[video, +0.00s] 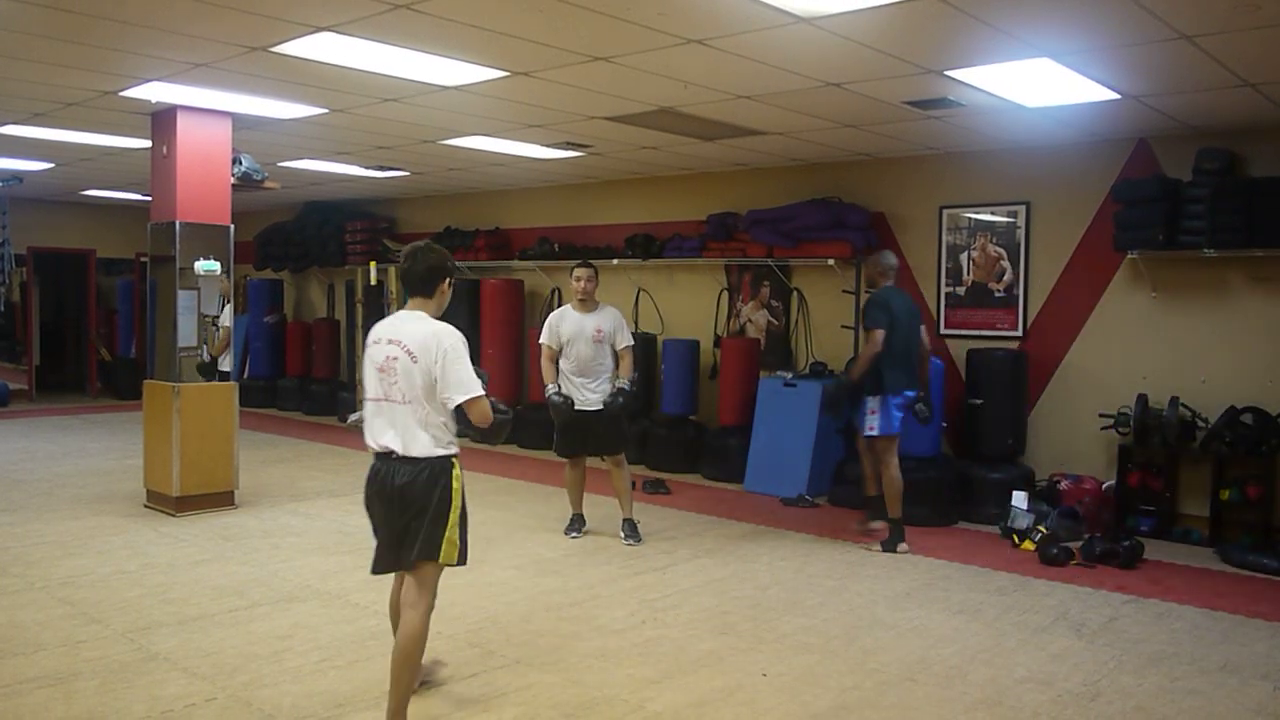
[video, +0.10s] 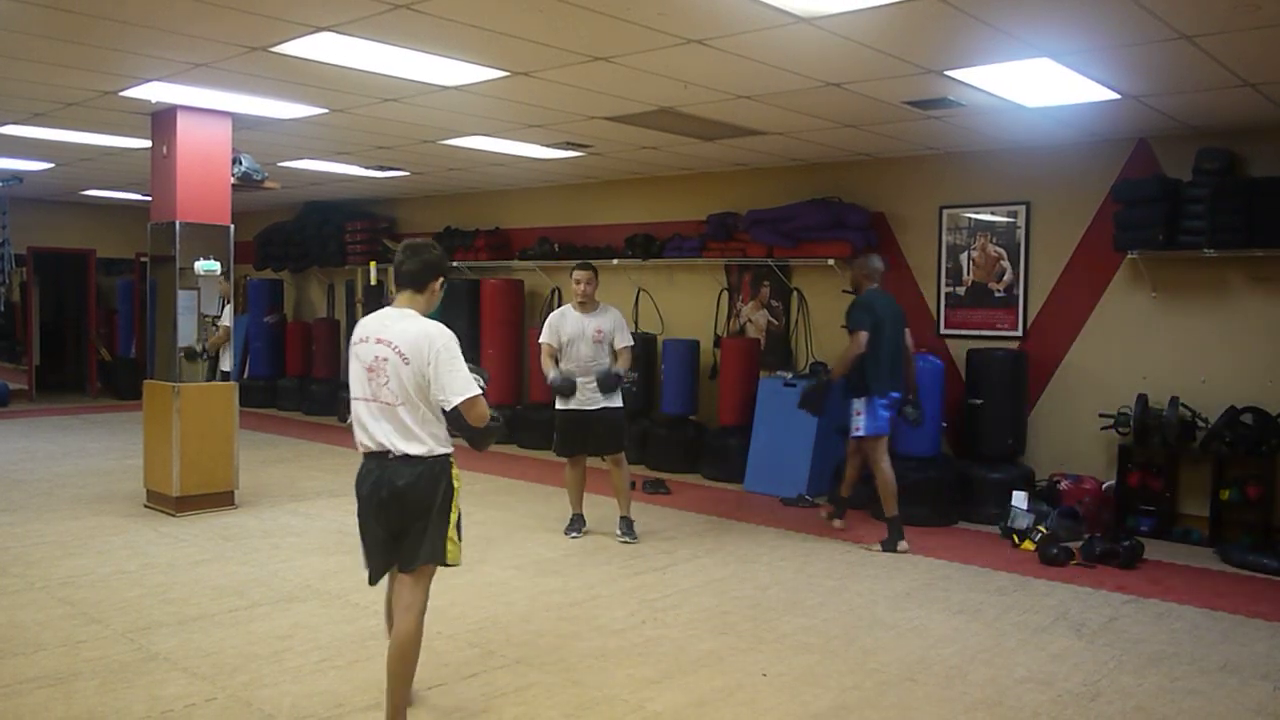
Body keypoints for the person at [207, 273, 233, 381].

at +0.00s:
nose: (220, 286)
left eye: (223, 282)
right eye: (221, 282)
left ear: (231, 284)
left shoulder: (229, 309)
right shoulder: (244, 307)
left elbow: (225, 338)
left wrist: (213, 352)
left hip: (227, 368)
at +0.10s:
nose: (220, 288)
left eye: (221, 283)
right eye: (219, 284)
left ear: (230, 284)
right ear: (228, 284)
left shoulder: (230, 308)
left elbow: (224, 335)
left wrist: (207, 347)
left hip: (228, 368)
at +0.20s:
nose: (219, 291)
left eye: (220, 286)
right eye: (218, 287)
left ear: (229, 286)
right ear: (228, 286)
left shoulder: (231, 308)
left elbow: (221, 332)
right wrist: (207, 323)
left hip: (229, 369)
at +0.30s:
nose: (220, 292)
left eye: (221, 287)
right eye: (219, 288)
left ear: (231, 287)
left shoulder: (232, 307)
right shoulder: (230, 306)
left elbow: (213, 328)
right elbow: (220, 326)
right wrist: (209, 309)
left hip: (230, 369)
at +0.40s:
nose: (219, 291)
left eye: (221, 286)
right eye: (218, 287)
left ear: (230, 286)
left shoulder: (232, 307)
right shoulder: (229, 306)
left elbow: (213, 325)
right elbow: (214, 325)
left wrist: (204, 305)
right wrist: (207, 307)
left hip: (230, 367)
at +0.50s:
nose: (221, 290)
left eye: (223, 286)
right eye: (221, 286)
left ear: (232, 287)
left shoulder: (233, 307)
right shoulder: (230, 306)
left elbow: (214, 326)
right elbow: (218, 325)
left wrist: (205, 308)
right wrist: (211, 310)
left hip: (230, 367)